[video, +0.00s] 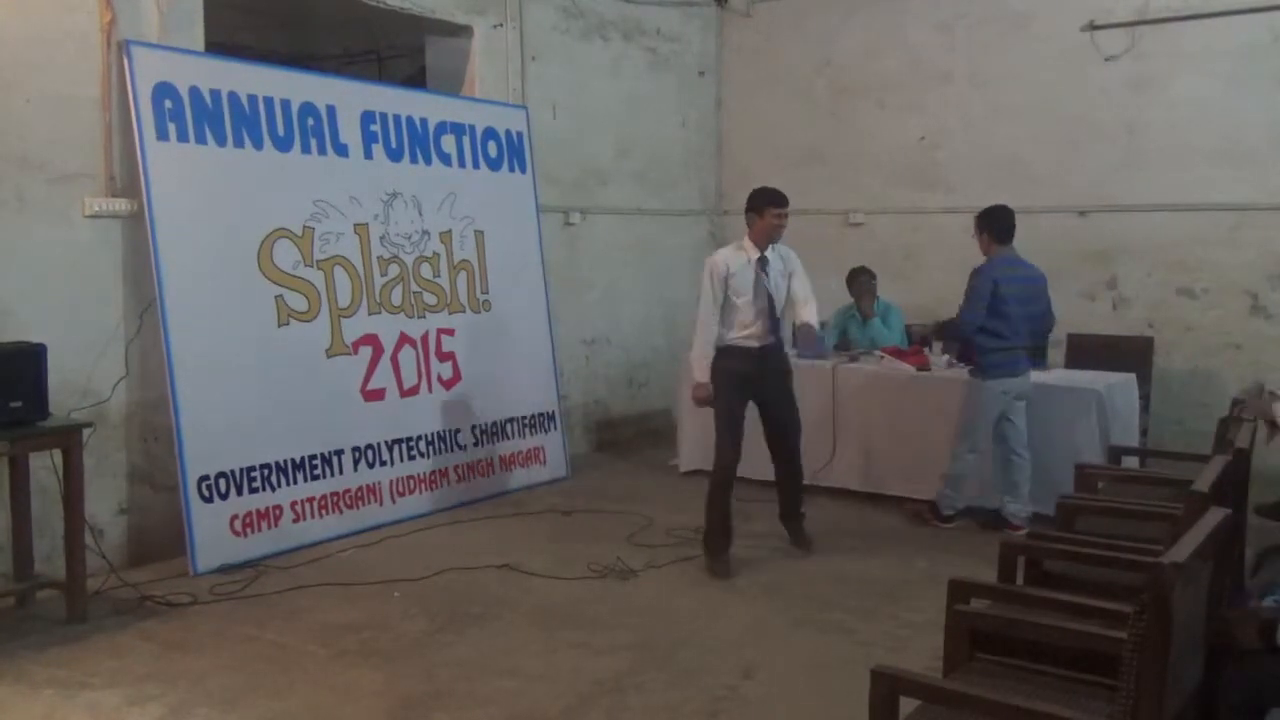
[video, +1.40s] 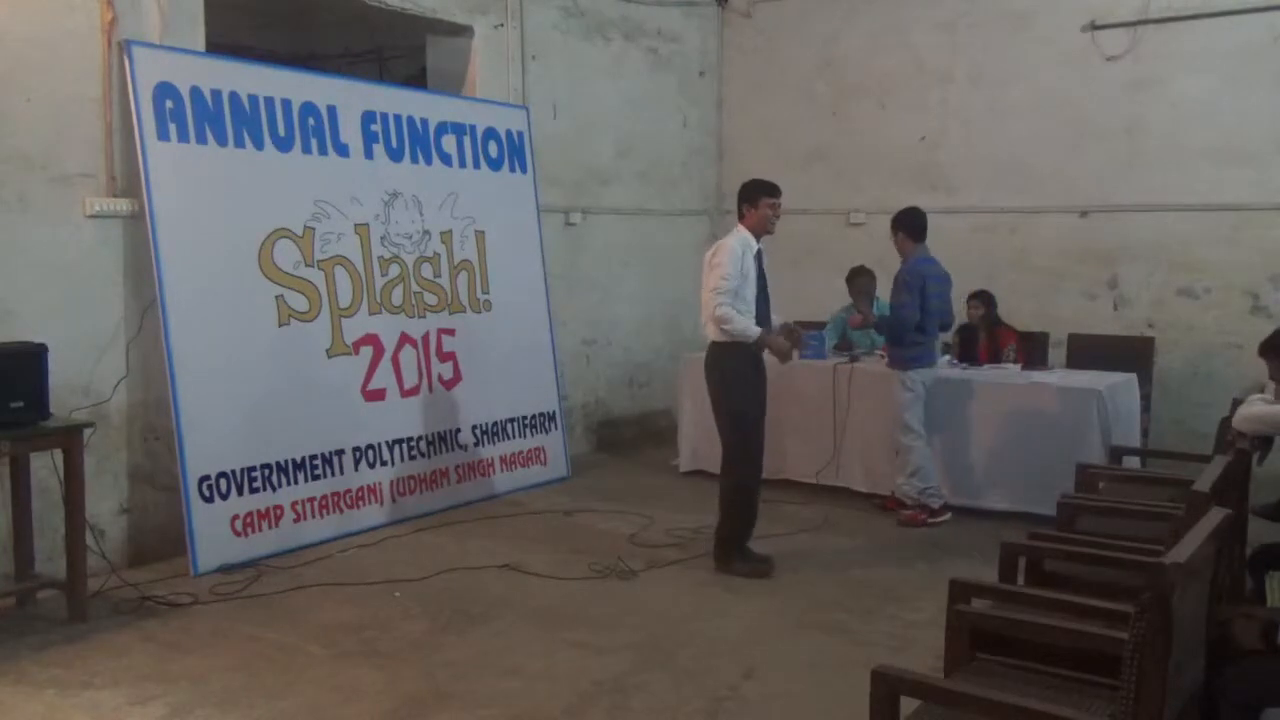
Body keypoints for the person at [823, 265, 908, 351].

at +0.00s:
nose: (865, 290)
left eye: (869, 285)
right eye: (859, 286)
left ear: (875, 287)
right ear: (851, 291)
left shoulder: (891, 312)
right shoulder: (843, 315)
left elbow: (894, 348)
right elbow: (828, 346)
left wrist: (871, 316)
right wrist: (838, 347)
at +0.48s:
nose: (866, 291)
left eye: (869, 285)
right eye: (859, 286)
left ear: (875, 288)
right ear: (850, 292)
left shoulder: (888, 314)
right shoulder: (843, 314)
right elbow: (826, 340)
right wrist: (836, 345)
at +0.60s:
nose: (865, 290)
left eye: (869, 285)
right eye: (859, 286)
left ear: (875, 287)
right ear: (850, 292)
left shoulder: (891, 309)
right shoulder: (844, 314)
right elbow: (827, 339)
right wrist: (837, 345)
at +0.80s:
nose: (864, 293)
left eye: (868, 287)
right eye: (859, 289)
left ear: (874, 288)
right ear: (850, 292)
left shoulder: (890, 310)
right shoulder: (843, 315)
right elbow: (826, 341)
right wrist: (837, 346)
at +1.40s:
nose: (864, 296)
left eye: (868, 292)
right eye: (859, 293)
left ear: (875, 290)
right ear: (850, 293)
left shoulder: (886, 311)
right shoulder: (842, 316)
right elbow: (827, 337)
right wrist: (836, 345)